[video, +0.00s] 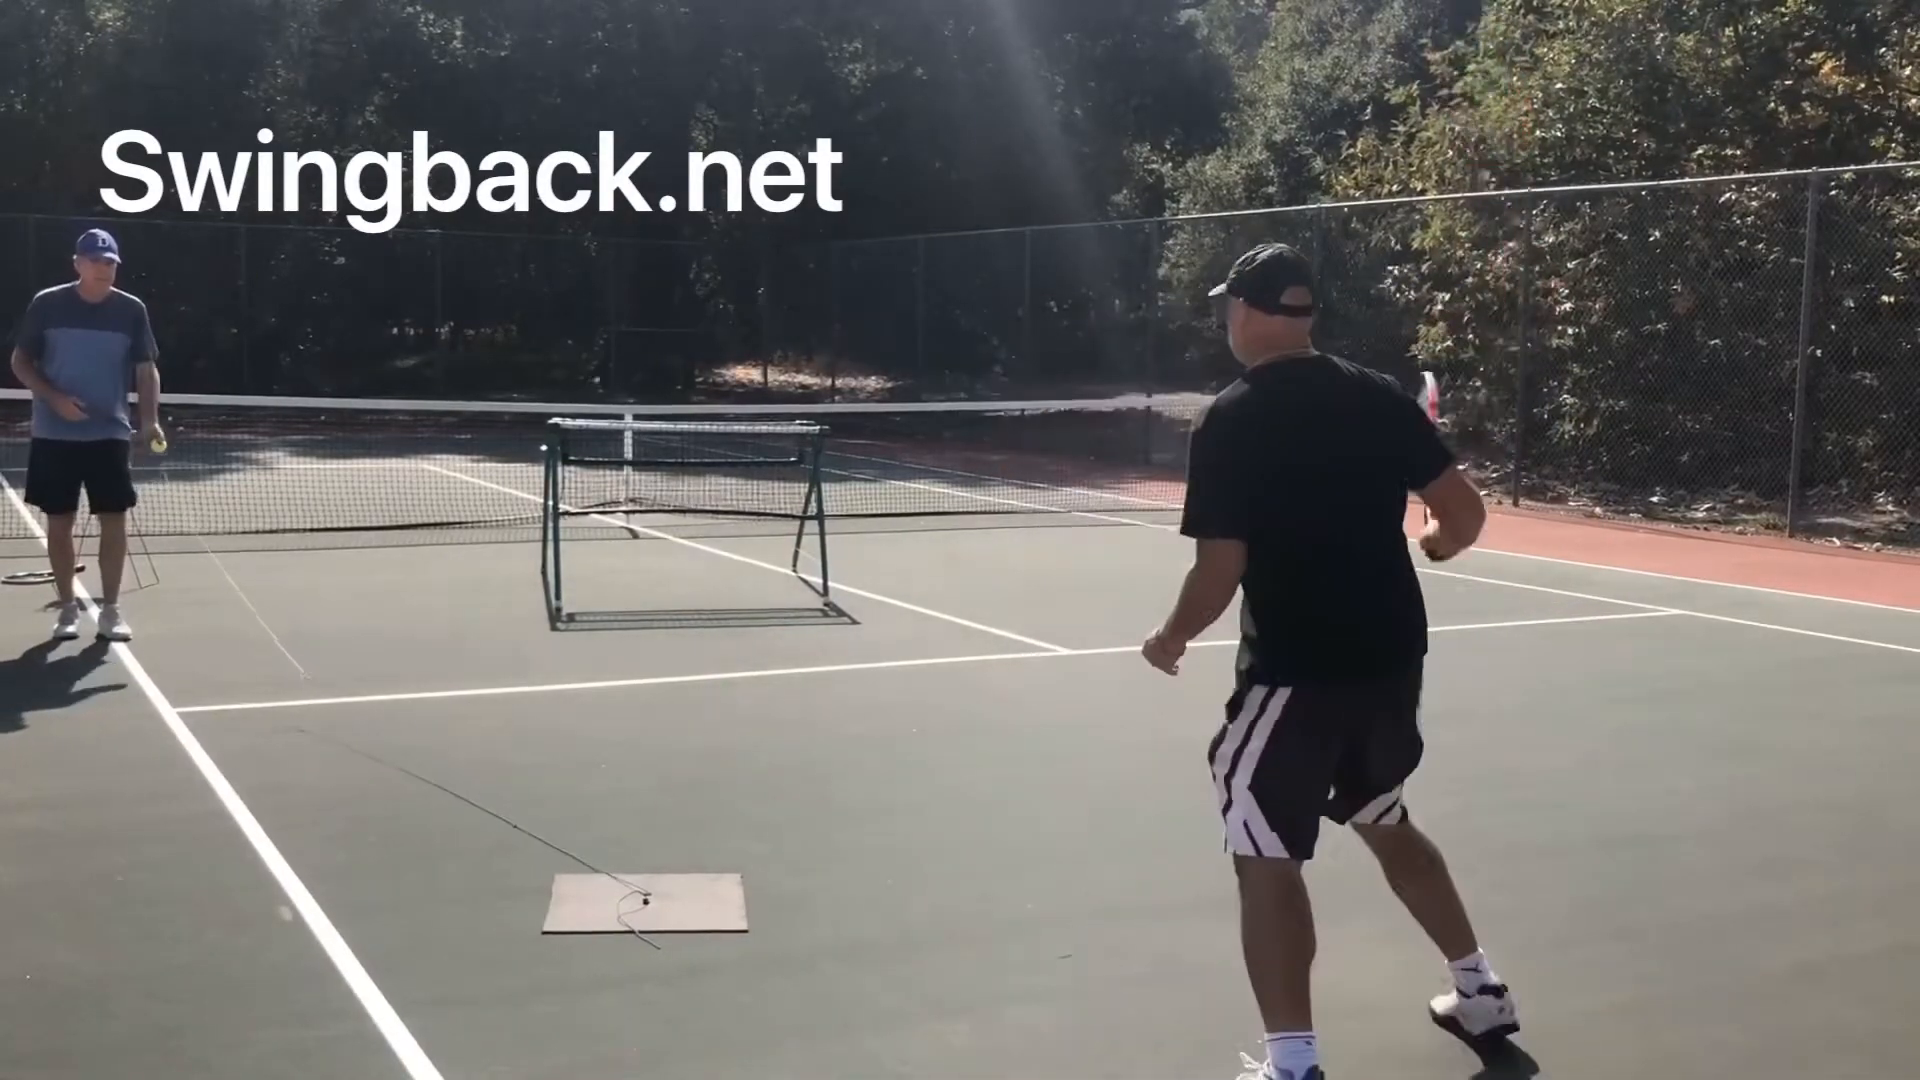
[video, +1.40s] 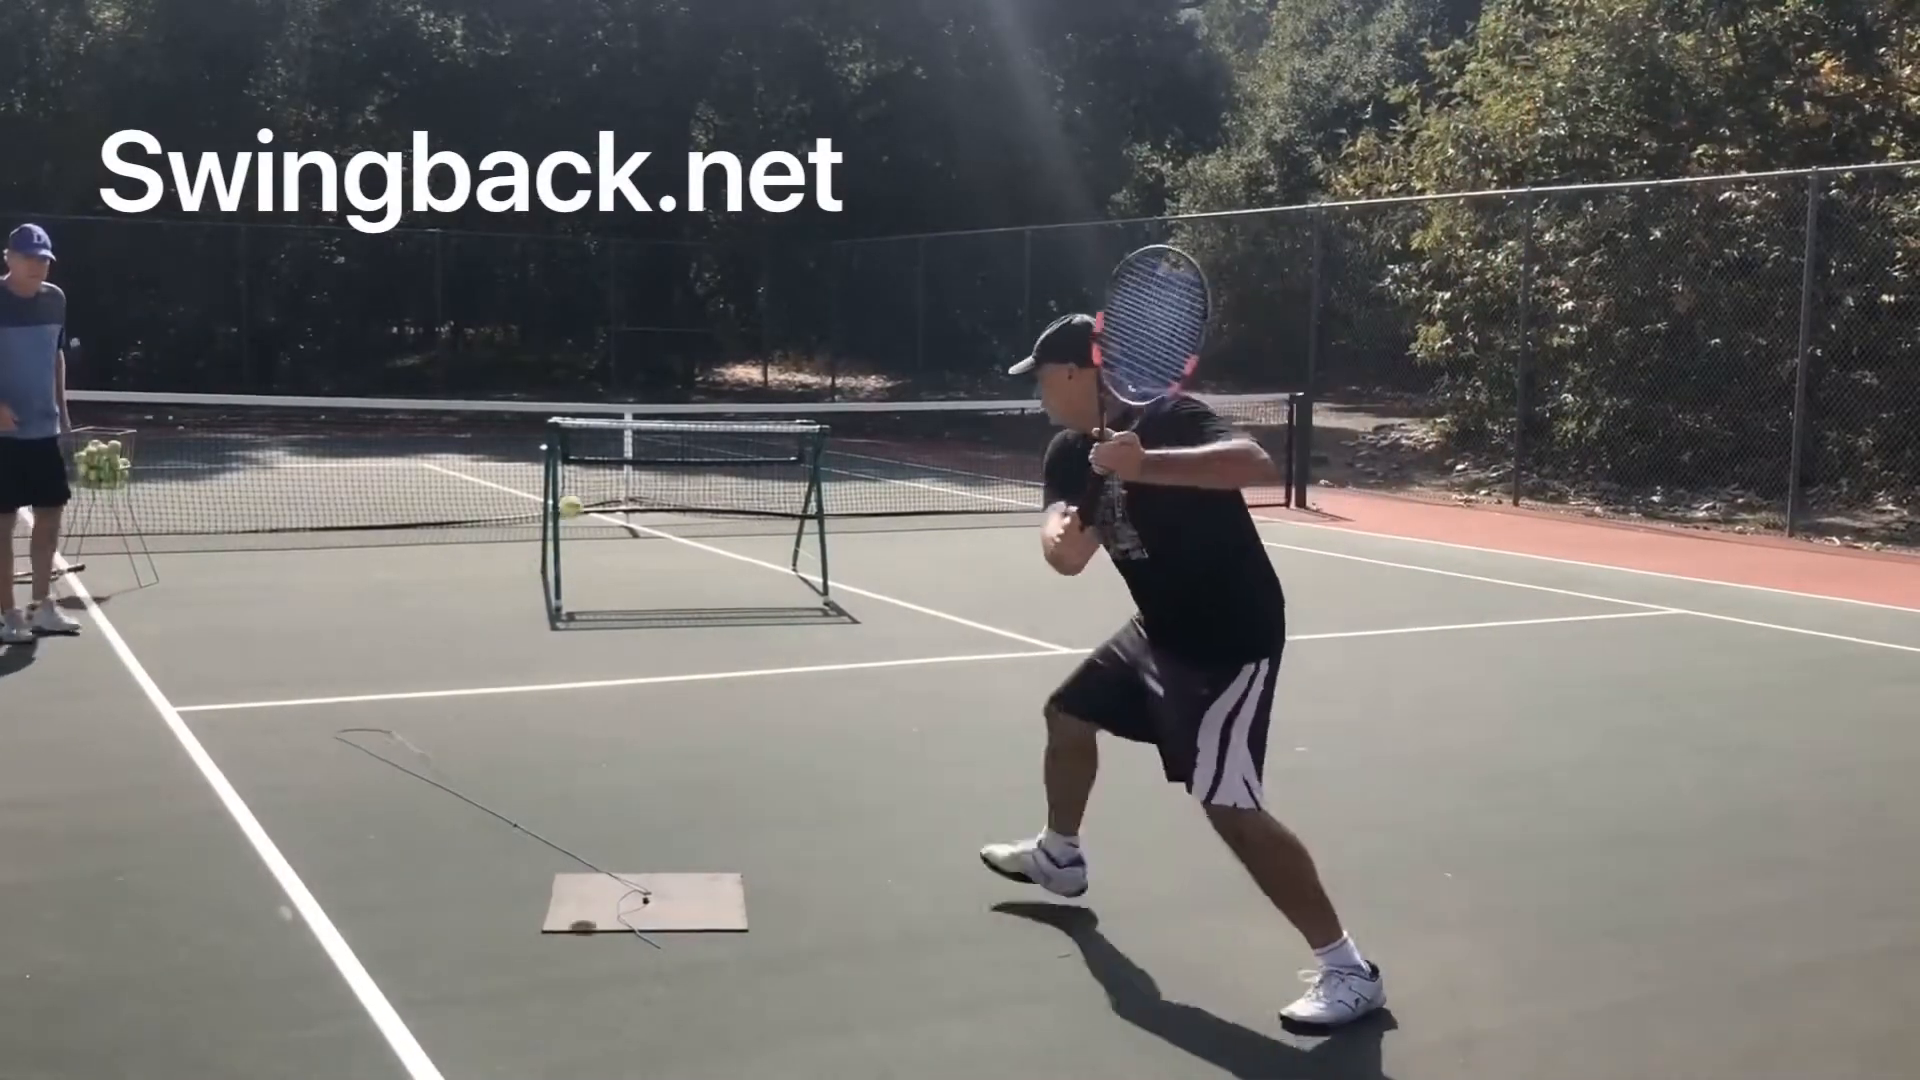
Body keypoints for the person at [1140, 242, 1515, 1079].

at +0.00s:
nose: (1227, 321)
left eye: (1231, 308)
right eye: (1230, 307)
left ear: (1252, 314)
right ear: (1307, 313)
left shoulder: (1235, 418)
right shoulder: (1379, 396)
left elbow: (1221, 567)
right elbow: (1464, 512)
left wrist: (1173, 635)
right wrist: (1440, 545)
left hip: (1293, 668)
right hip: (1391, 656)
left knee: (1262, 850)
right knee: (1382, 815)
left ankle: (1291, 1061)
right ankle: (1480, 989)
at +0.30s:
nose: (1251, 266)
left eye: (1260, 254)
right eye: (1257, 253)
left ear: (1287, 264)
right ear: (1332, 266)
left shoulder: (1266, 356)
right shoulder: (1393, 343)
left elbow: (1266, 500)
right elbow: (1440, 471)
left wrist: (1237, 550)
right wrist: (1360, 517)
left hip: (1314, 602)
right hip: (1408, 601)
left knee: (1241, 762)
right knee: (1396, 767)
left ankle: (1250, 978)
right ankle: (1465, 948)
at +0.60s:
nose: (1223, 307)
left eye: (1231, 294)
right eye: (1227, 293)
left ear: (1263, 300)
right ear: (1299, 302)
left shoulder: (1275, 387)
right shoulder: (1335, 377)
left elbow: (1274, 536)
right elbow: (1338, 525)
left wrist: (1200, 573)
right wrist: (1253, 595)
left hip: (1314, 633)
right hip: (1370, 625)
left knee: (1237, 776)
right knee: (1307, 768)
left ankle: (1242, 995)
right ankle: (1362, 927)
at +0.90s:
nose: (1197, 308)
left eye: (1208, 293)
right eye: (1199, 293)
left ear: (1256, 300)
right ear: (1235, 301)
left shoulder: (1312, 386)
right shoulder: (1228, 383)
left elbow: (1355, 515)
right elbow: (1219, 501)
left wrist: (1253, 562)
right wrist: (1198, 581)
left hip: (1344, 617)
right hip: (1293, 614)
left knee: (1294, 775)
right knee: (1306, 776)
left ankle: (1371, 973)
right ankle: (1351, 935)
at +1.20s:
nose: (1112, 344)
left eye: (1119, 329)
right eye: (1112, 331)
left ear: (1162, 326)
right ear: (1157, 330)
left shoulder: (1240, 389)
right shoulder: (1145, 411)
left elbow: (1321, 490)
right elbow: (1129, 507)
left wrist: (1214, 520)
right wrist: (1133, 554)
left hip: (1298, 611)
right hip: (1235, 608)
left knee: (1245, 772)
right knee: (1186, 748)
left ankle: (1341, 960)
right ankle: (1277, 904)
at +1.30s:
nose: (1082, 365)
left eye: (1090, 350)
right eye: (1081, 351)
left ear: (1136, 348)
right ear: (1120, 354)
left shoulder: (1208, 402)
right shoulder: (1113, 429)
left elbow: (1294, 472)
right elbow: (1096, 509)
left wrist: (1183, 482)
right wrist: (1095, 539)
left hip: (1275, 623)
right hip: (1202, 616)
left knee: (1245, 787)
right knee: (1116, 722)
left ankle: (1349, 967)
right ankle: (1202, 860)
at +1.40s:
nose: (1041, 395)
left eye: (1048, 379)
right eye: (1039, 381)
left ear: (1089, 373)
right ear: (1073, 380)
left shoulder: (1171, 420)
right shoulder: (1070, 453)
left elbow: (1259, 465)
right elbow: (1065, 558)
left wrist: (1145, 463)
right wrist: (1076, 521)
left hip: (1238, 640)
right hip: (1163, 630)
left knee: (1230, 805)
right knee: (1068, 716)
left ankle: (1346, 969)